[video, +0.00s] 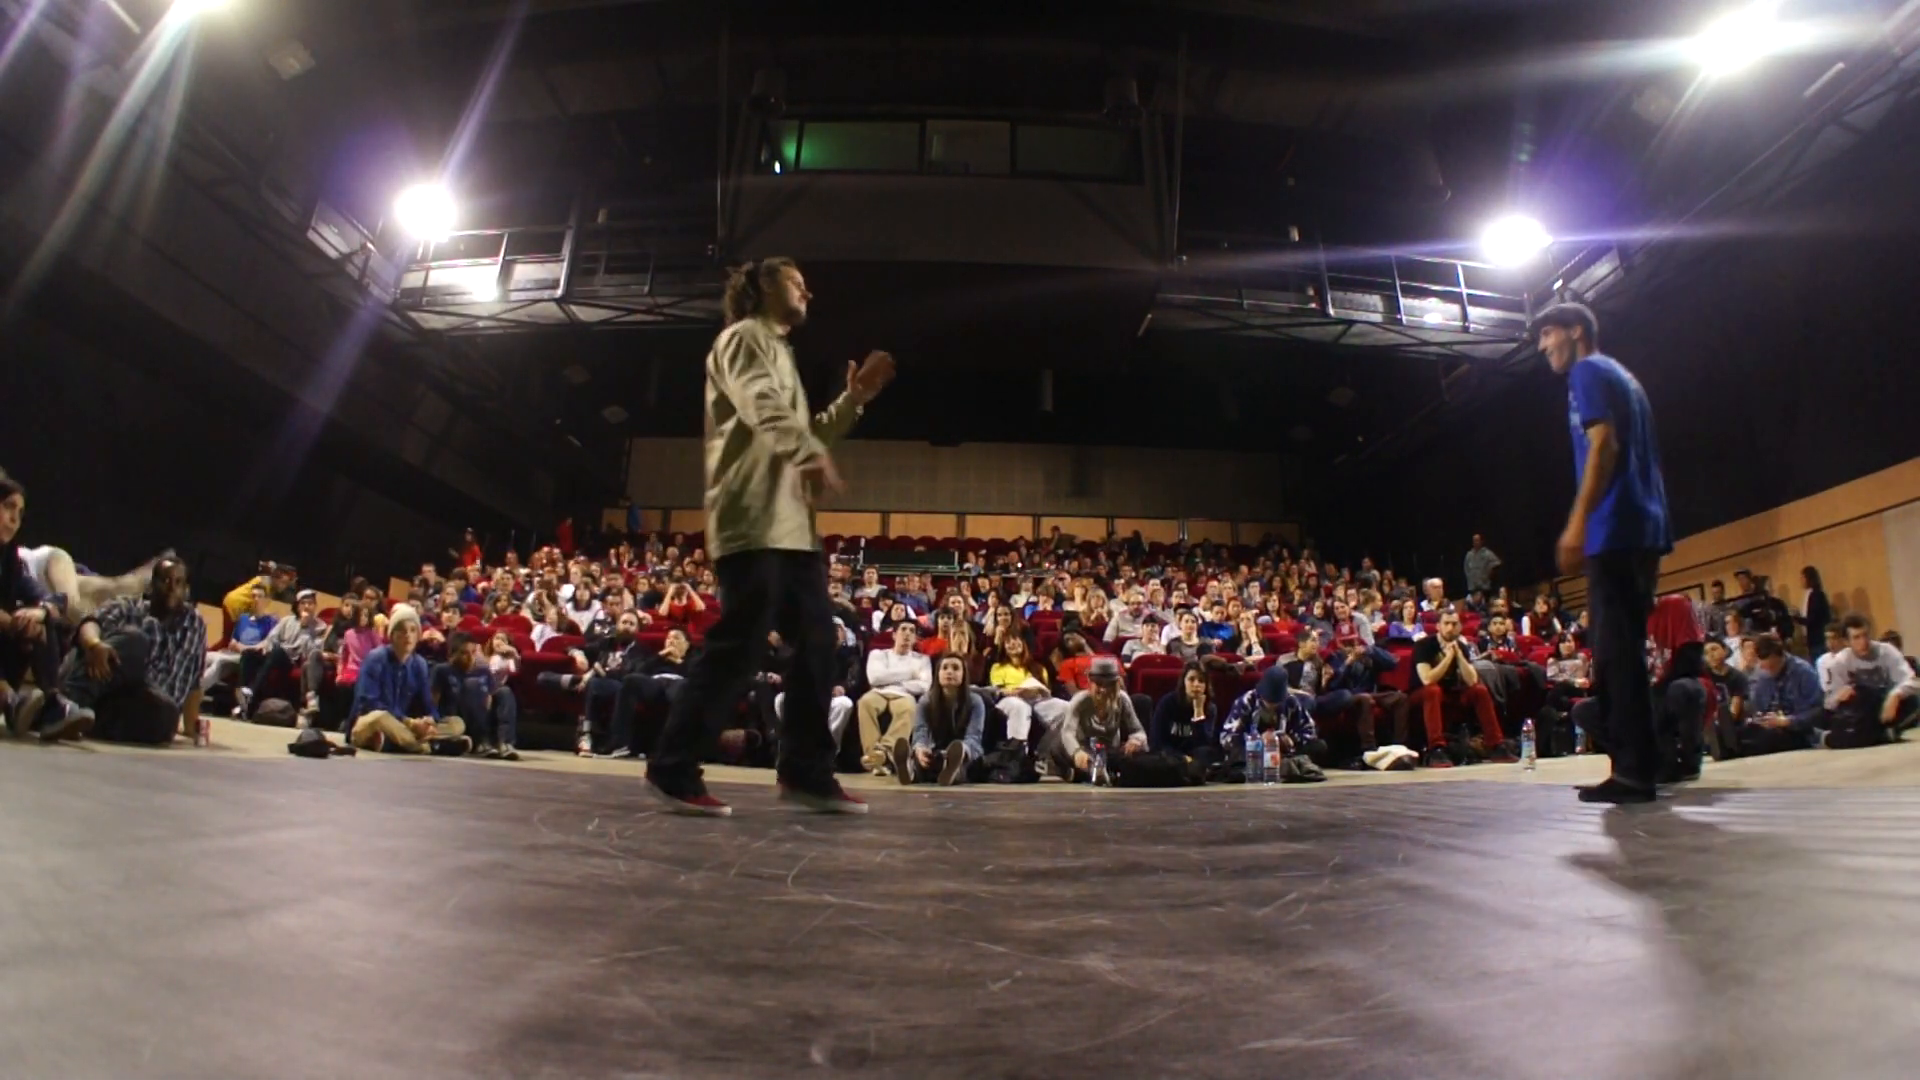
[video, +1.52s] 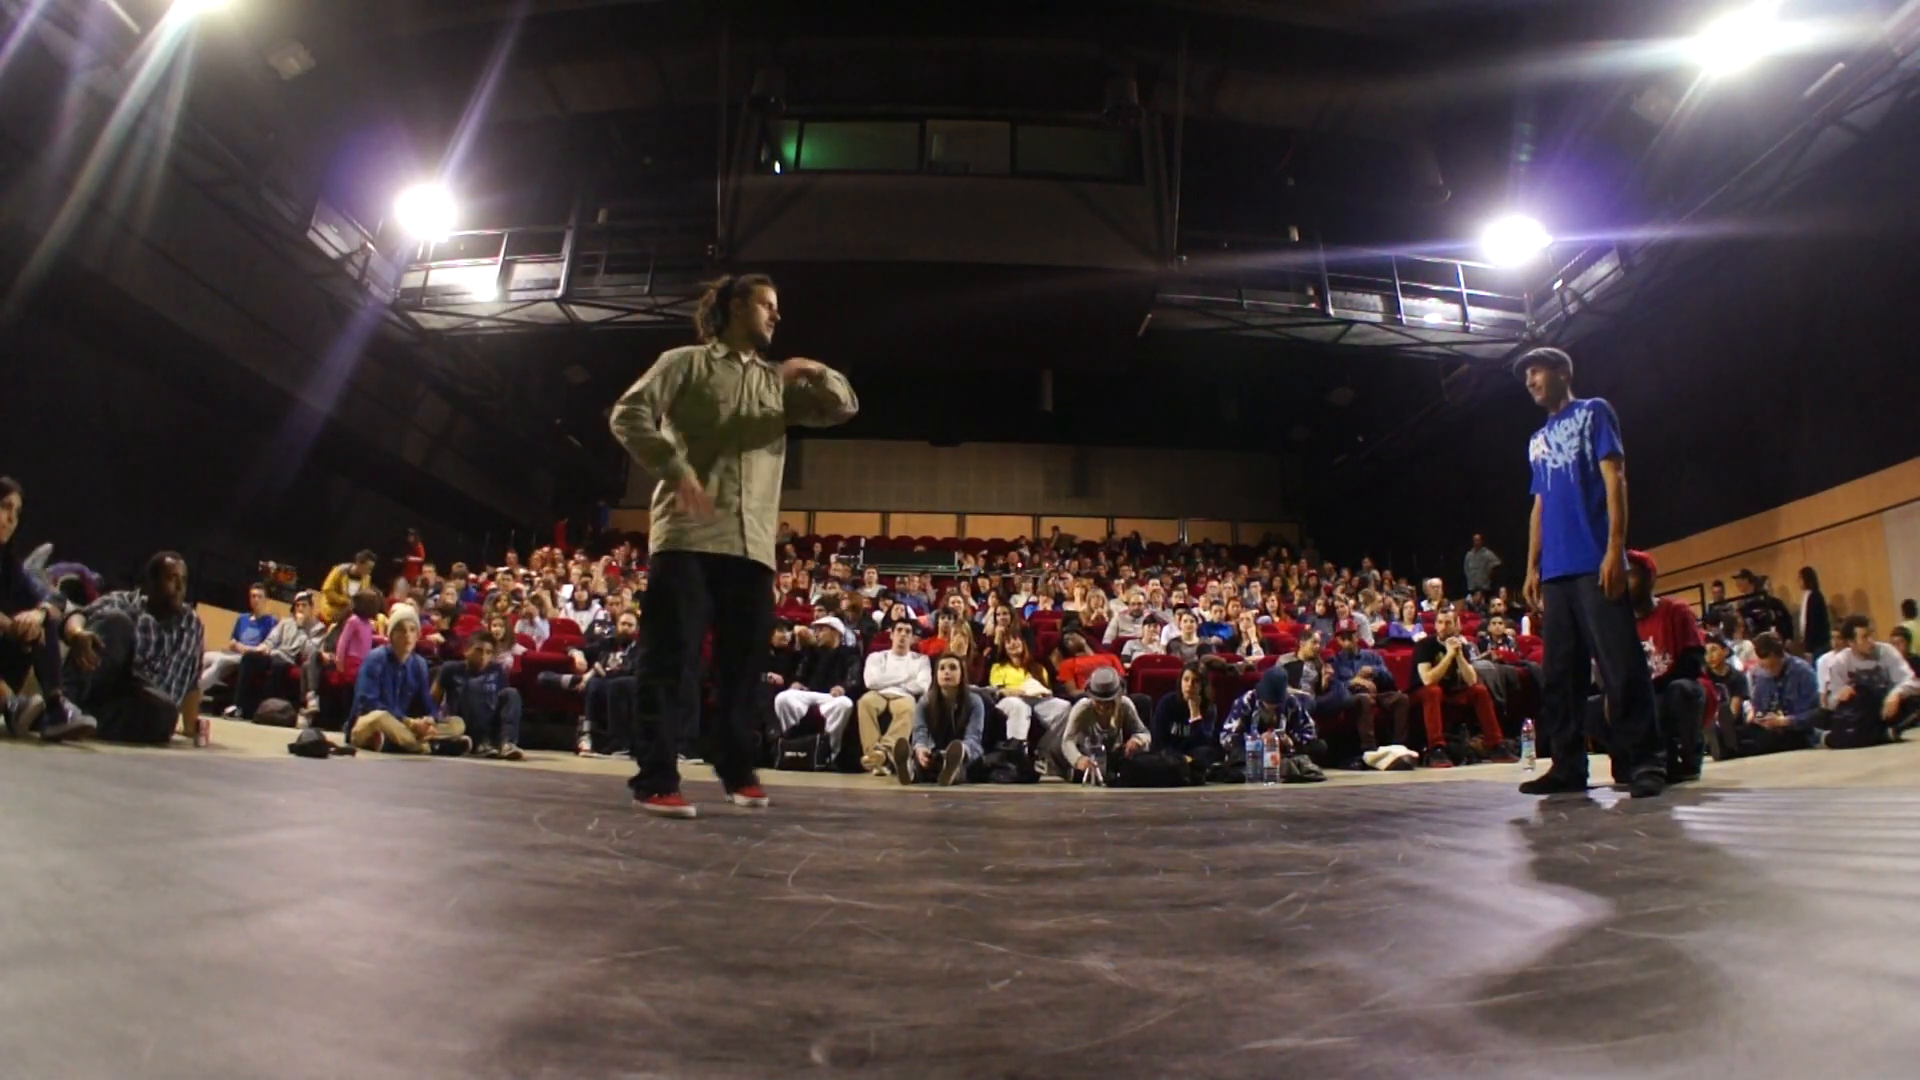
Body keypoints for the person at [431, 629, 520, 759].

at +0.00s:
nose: (470, 657)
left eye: (473, 653)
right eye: (465, 653)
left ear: (476, 652)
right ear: (455, 653)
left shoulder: (483, 672)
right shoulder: (442, 671)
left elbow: (490, 696)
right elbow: (435, 697)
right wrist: (435, 720)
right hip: (454, 719)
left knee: (505, 692)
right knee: (472, 685)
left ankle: (505, 743)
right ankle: (482, 741)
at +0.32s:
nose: (471, 658)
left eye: (474, 653)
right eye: (466, 654)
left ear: (478, 653)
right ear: (455, 655)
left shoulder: (482, 669)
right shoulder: (442, 671)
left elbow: (493, 688)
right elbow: (434, 698)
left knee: (505, 692)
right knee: (472, 683)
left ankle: (505, 743)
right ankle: (481, 741)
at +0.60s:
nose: (471, 660)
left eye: (475, 656)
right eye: (467, 656)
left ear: (479, 657)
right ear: (458, 657)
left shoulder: (482, 670)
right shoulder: (443, 670)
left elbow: (491, 689)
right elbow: (436, 695)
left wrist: (488, 706)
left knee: (506, 692)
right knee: (472, 684)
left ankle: (505, 743)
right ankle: (482, 742)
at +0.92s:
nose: (471, 658)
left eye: (475, 654)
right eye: (466, 653)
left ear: (479, 655)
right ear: (456, 654)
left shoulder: (483, 670)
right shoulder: (443, 669)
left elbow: (493, 689)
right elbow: (435, 694)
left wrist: (489, 707)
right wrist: (434, 718)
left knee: (506, 692)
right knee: (471, 684)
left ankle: (505, 743)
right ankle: (481, 742)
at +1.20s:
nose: (478, 657)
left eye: (483, 653)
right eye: (474, 651)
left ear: (487, 656)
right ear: (462, 652)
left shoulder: (490, 671)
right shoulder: (446, 671)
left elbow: (500, 693)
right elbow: (435, 699)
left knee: (506, 692)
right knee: (474, 687)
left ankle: (506, 744)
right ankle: (481, 742)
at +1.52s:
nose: (483, 657)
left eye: (488, 653)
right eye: (478, 651)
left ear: (492, 656)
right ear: (467, 651)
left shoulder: (496, 670)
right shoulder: (449, 669)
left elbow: (503, 696)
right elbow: (434, 698)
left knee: (511, 694)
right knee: (472, 687)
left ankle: (508, 743)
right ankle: (481, 742)